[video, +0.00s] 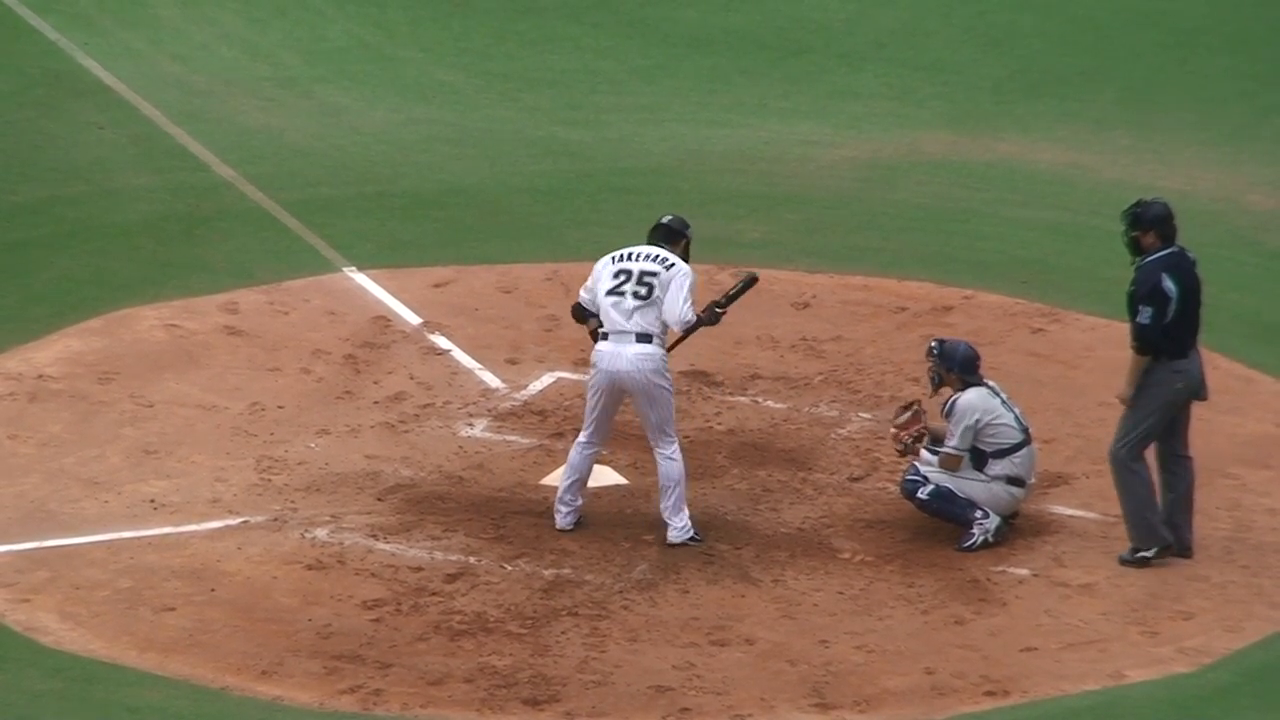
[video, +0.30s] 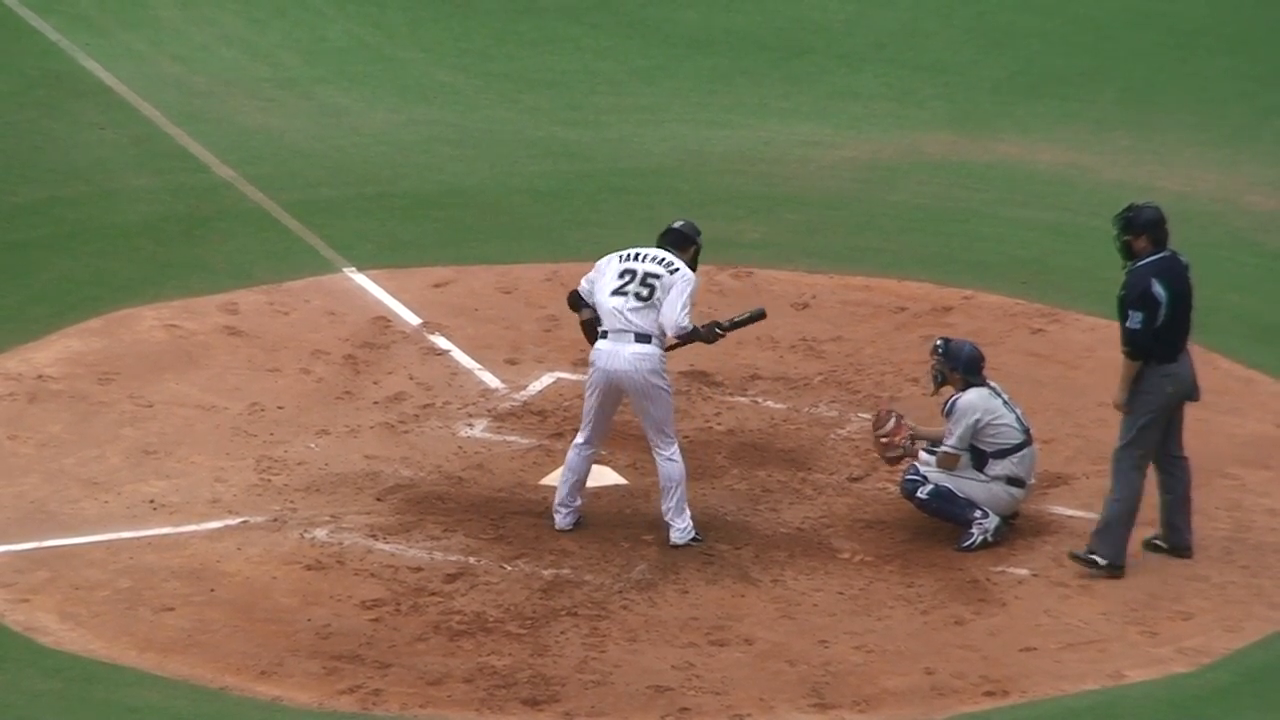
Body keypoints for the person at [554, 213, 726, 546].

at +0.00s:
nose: (685, 250)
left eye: (685, 245)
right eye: (685, 245)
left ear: (652, 237)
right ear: (678, 243)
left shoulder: (610, 259)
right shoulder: (678, 268)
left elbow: (581, 310)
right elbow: (679, 320)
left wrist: (598, 328)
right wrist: (705, 318)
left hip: (605, 353)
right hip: (646, 356)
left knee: (589, 437)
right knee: (665, 444)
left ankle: (564, 514)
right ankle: (678, 527)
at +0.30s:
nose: (696, 258)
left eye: (697, 252)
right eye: (696, 252)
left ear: (660, 243)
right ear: (687, 250)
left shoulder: (615, 258)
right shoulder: (682, 272)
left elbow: (577, 298)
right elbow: (674, 328)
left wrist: (597, 331)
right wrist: (701, 333)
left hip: (603, 351)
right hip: (644, 356)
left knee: (586, 439)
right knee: (665, 446)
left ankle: (563, 513)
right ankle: (680, 528)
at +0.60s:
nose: (708, 255)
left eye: (708, 249)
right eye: (708, 249)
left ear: (673, 239)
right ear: (701, 248)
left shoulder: (633, 255)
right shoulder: (696, 274)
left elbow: (592, 295)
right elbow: (692, 333)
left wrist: (611, 336)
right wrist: (718, 355)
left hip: (611, 351)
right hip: (652, 357)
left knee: (594, 433)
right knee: (670, 446)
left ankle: (566, 507)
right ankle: (680, 528)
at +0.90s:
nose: (695, 258)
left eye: (696, 253)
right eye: (696, 253)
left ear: (662, 244)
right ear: (691, 252)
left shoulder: (624, 262)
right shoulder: (687, 276)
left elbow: (585, 311)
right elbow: (680, 338)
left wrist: (607, 334)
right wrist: (687, 373)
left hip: (601, 351)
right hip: (641, 357)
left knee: (588, 435)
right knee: (666, 447)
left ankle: (564, 511)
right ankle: (677, 527)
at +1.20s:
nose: (683, 261)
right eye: (683, 256)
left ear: (647, 250)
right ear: (679, 256)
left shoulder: (616, 270)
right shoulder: (679, 277)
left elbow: (588, 330)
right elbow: (672, 335)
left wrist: (605, 377)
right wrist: (672, 374)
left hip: (595, 353)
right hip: (636, 357)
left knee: (585, 436)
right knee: (661, 446)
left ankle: (564, 512)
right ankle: (677, 527)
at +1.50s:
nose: (672, 266)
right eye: (673, 262)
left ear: (639, 257)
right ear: (672, 261)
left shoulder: (616, 277)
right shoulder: (673, 278)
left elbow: (592, 332)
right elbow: (671, 335)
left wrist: (598, 382)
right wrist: (671, 376)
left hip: (594, 354)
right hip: (636, 357)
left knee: (587, 434)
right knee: (661, 445)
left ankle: (565, 511)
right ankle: (678, 526)